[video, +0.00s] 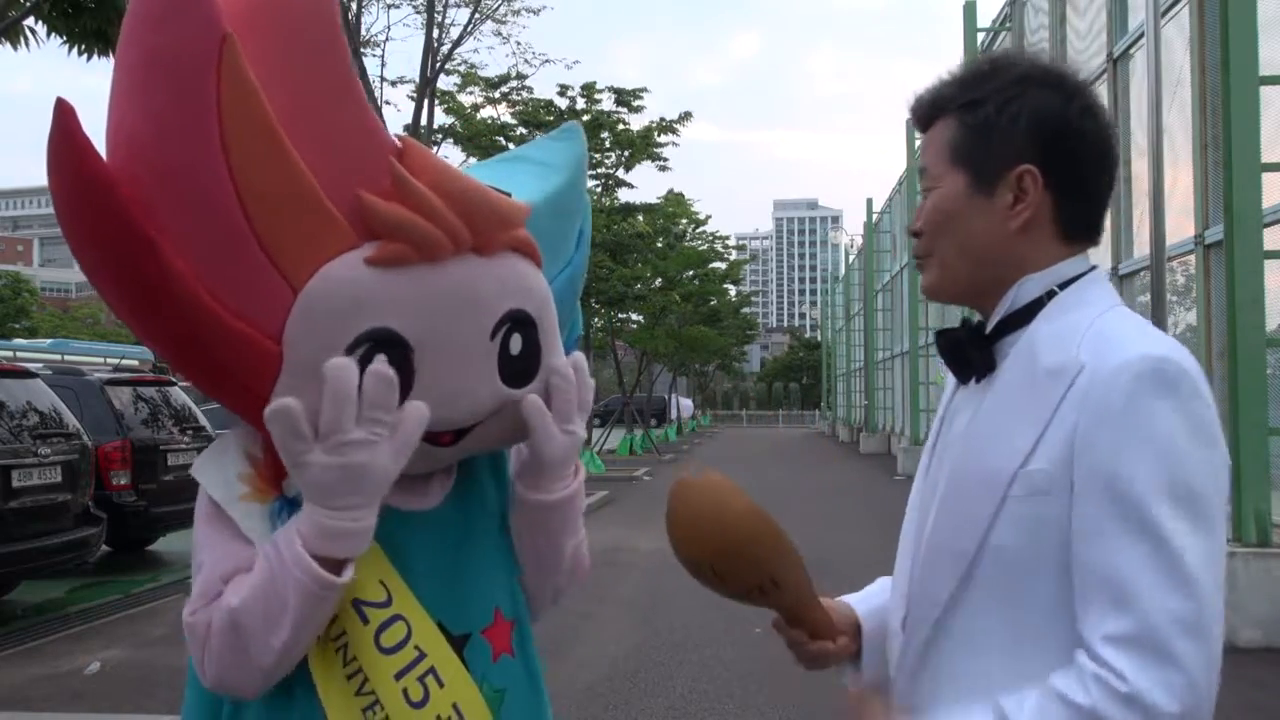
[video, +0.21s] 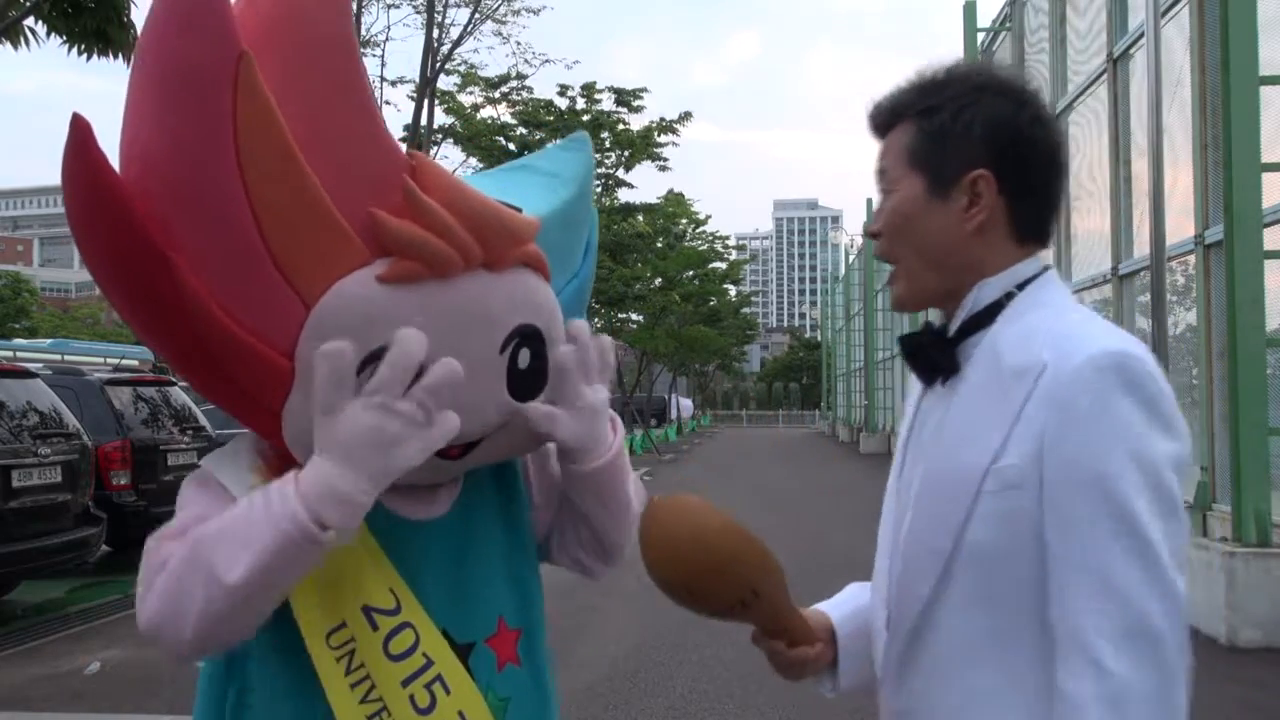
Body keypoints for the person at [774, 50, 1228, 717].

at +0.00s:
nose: (914, 222)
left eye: (929, 186)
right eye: (920, 190)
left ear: (1019, 195)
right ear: (1019, 198)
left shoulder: (1136, 376)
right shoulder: (985, 364)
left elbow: (1151, 686)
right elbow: (959, 580)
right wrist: (855, 622)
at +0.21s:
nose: (871, 228)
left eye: (887, 191)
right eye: (879, 195)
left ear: (974, 199)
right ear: (970, 202)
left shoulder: (1092, 373)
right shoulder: (947, 365)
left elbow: (1125, 680)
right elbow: (940, 582)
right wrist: (834, 631)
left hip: (1011, 707)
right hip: (915, 706)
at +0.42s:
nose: (831, 245)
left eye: (844, 211)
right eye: (836, 215)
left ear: (929, 216)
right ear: (923, 219)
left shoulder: (1059, 372)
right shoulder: (907, 385)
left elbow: (1160, 672)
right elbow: (908, 593)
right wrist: (820, 655)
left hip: (1035, 709)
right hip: (924, 709)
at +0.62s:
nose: (844, 250)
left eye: (858, 215)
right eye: (850, 218)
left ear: (939, 222)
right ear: (938, 224)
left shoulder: (1060, 372)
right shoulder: (928, 384)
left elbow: (1129, 671)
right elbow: (921, 598)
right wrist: (811, 659)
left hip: (1023, 706)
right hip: (926, 705)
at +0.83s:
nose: (893, 232)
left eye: (908, 198)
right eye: (899, 202)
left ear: (992, 207)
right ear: (992, 210)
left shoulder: (1109, 361)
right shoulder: (967, 365)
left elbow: (1123, 669)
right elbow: (945, 579)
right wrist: (828, 630)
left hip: (1016, 705)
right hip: (930, 703)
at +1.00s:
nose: (935, 222)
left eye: (954, 186)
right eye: (943, 190)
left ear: (1042, 198)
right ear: (1035, 200)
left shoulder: (1142, 356)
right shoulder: (1011, 356)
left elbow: (1139, 668)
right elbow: (964, 551)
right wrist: (823, 574)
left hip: (1020, 705)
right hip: (931, 701)